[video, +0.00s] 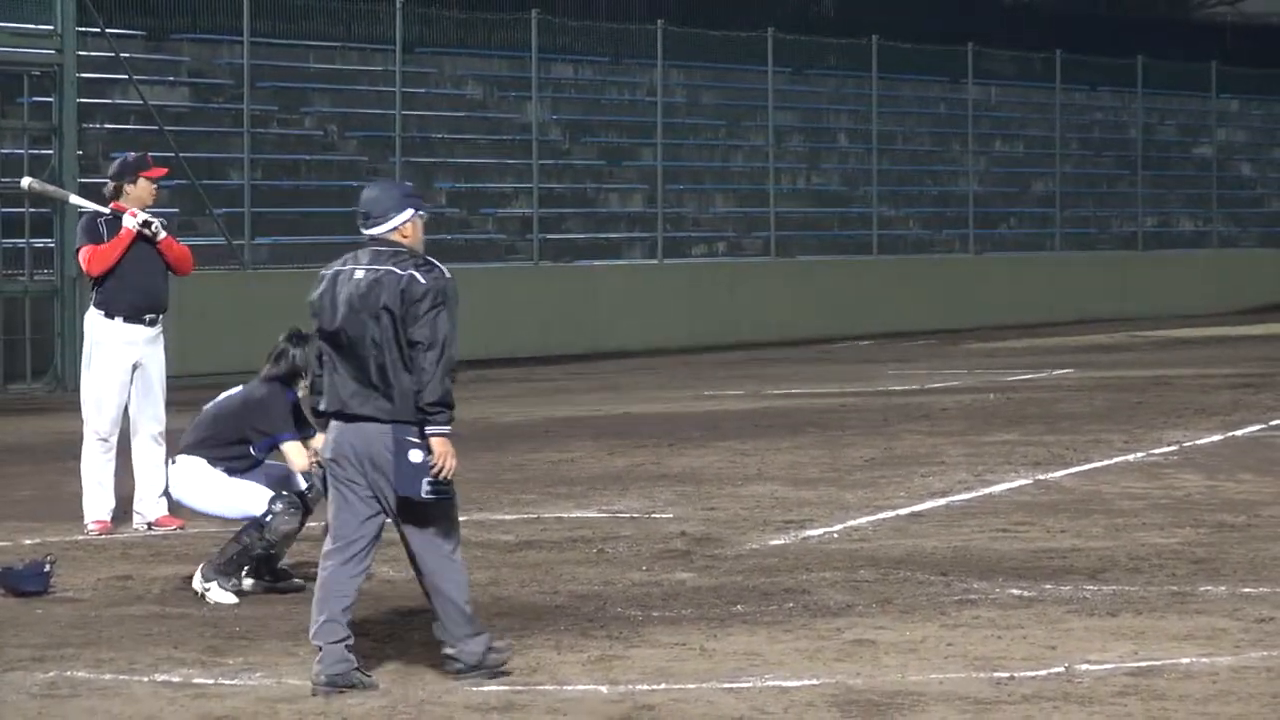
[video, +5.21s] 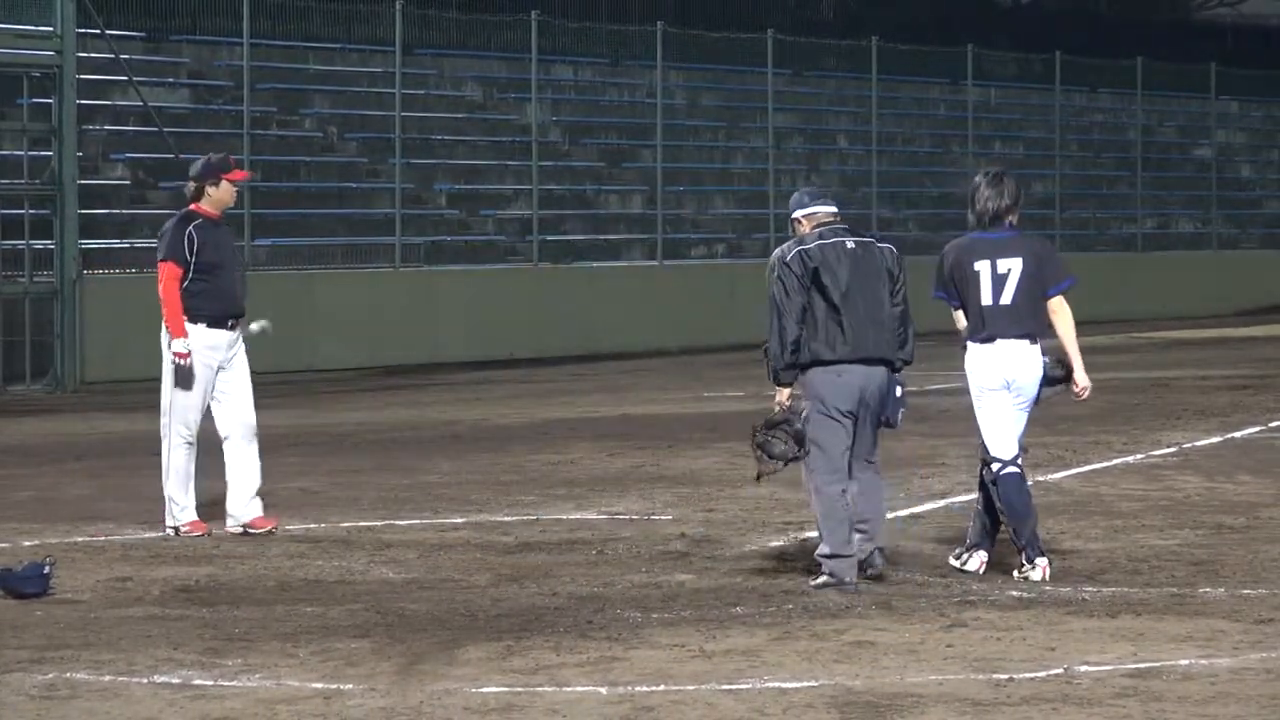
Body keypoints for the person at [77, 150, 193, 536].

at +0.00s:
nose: (155, 188)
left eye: (155, 182)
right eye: (149, 182)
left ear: (137, 186)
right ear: (126, 185)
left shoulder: (153, 227)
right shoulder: (96, 221)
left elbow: (186, 265)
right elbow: (93, 265)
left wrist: (161, 236)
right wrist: (127, 232)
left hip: (151, 333)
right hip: (109, 332)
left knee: (151, 426)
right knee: (102, 429)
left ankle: (151, 509)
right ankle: (98, 515)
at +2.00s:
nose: (159, 191)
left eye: (159, 185)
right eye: (154, 185)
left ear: (138, 189)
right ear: (132, 188)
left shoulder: (155, 229)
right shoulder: (100, 222)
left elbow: (185, 273)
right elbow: (99, 268)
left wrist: (166, 243)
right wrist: (137, 236)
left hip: (155, 335)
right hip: (114, 334)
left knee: (153, 428)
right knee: (104, 429)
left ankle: (152, 512)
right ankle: (99, 517)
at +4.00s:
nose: (186, 193)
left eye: (186, 186)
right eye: (180, 186)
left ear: (171, 189)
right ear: (156, 188)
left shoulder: (179, 229)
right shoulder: (126, 223)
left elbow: (207, 277)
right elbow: (129, 268)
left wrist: (194, 248)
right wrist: (167, 238)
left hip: (172, 336)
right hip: (134, 331)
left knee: (160, 429)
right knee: (124, 422)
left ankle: (150, 513)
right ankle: (103, 512)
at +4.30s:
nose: (198, 191)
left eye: (198, 185)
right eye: (192, 185)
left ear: (180, 188)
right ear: (169, 187)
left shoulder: (188, 230)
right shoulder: (140, 220)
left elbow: (210, 283)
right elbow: (126, 269)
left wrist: (209, 265)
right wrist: (178, 253)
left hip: (178, 334)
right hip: (143, 328)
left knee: (168, 424)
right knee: (150, 418)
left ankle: (157, 509)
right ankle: (140, 511)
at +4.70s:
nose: (211, 188)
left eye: (210, 182)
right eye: (204, 183)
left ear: (191, 188)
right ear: (182, 187)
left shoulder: (205, 231)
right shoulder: (157, 225)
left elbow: (216, 276)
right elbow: (136, 277)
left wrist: (233, 311)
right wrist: (174, 311)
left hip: (197, 331)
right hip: (160, 330)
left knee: (180, 425)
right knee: (170, 424)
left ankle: (149, 509)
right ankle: (180, 514)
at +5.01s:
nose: (222, 188)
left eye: (221, 182)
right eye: (216, 182)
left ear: (203, 186)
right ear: (193, 186)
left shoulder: (215, 227)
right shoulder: (167, 225)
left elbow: (219, 276)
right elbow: (153, 281)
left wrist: (228, 316)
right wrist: (176, 325)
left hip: (215, 337)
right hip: (178, 336)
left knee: (221, 421)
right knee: (175, 427)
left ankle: (192, 502)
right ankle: (178, 514)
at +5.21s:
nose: (236, 191)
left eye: (236, 185)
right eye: (231, 185)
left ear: (217, 187)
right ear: (210, 186)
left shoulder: (221, 229)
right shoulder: (182, 227)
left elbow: (222, 283)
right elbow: (168, 286)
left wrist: (239, 325)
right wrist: (179, 343)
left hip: (230, 337)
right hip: (193, 338)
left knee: (241, 427)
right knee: (182, 431)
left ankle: (244, 513)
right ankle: (181, 516)